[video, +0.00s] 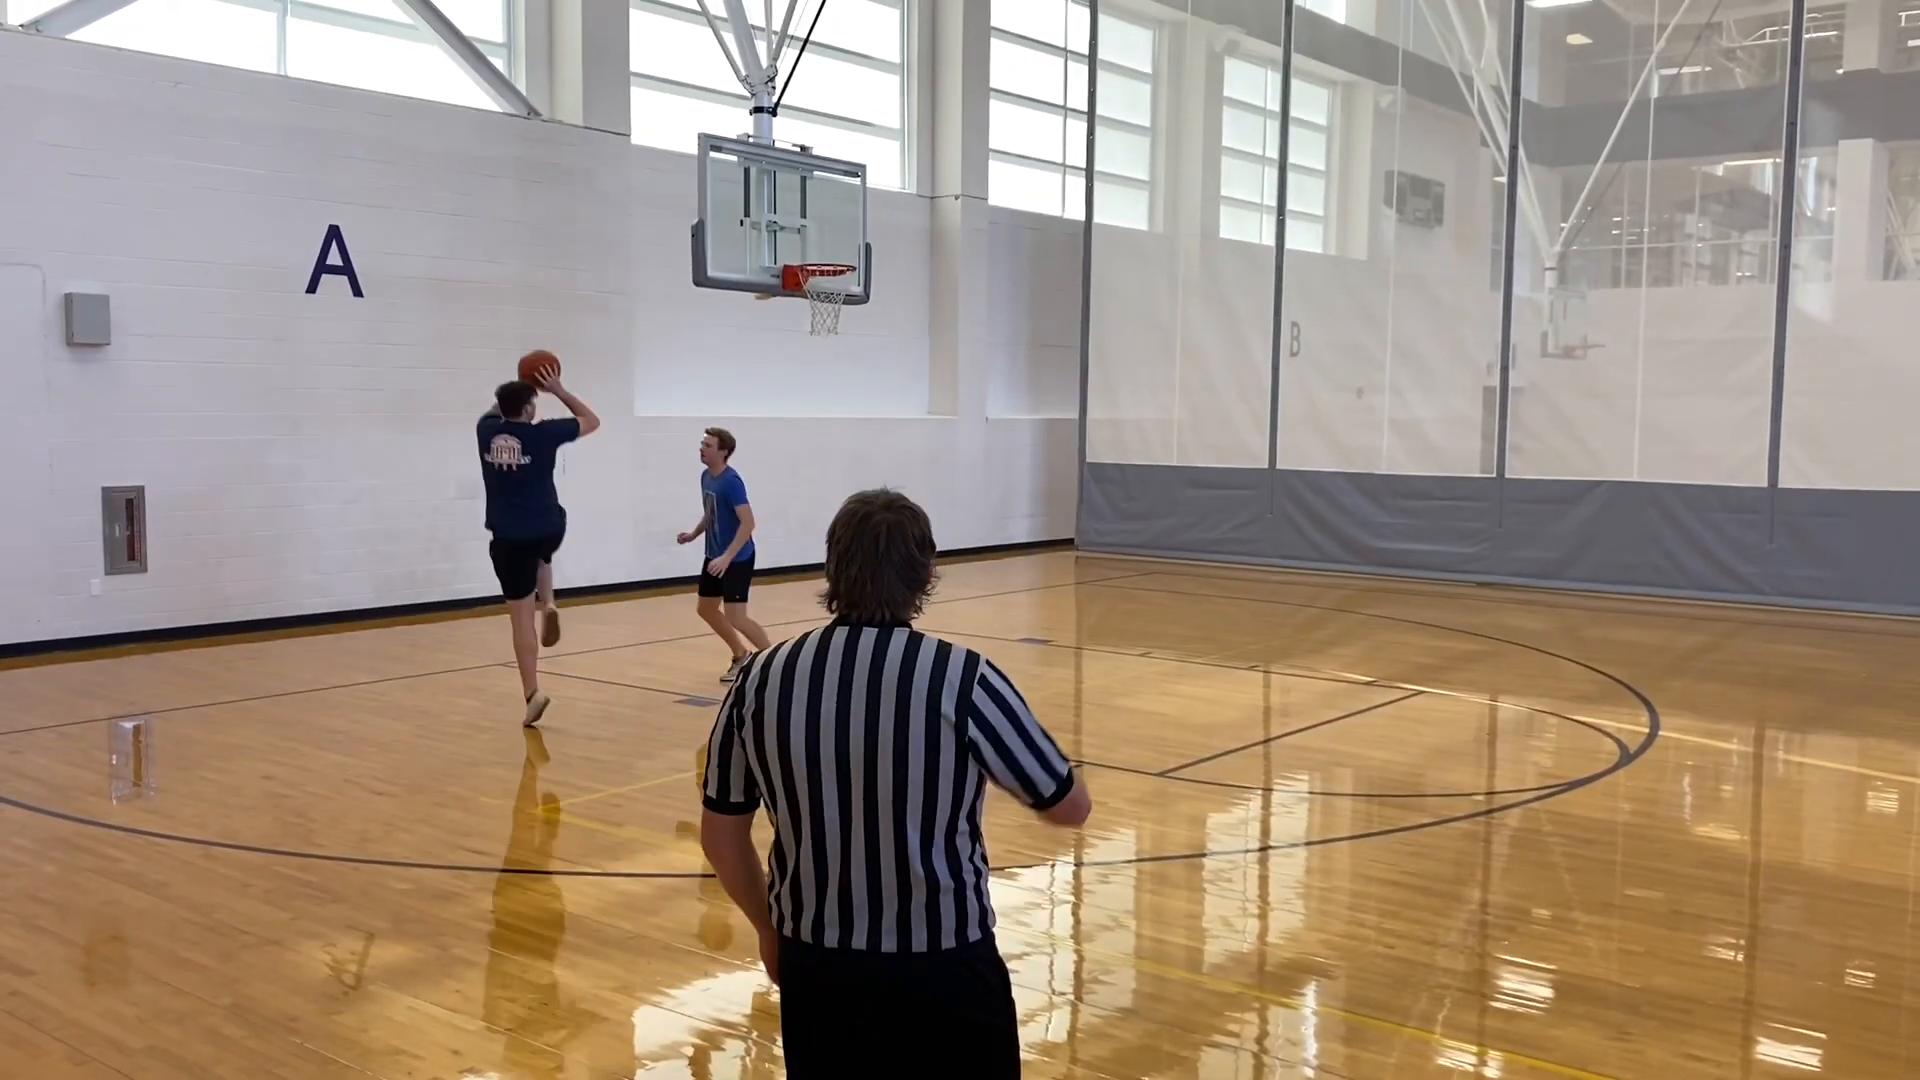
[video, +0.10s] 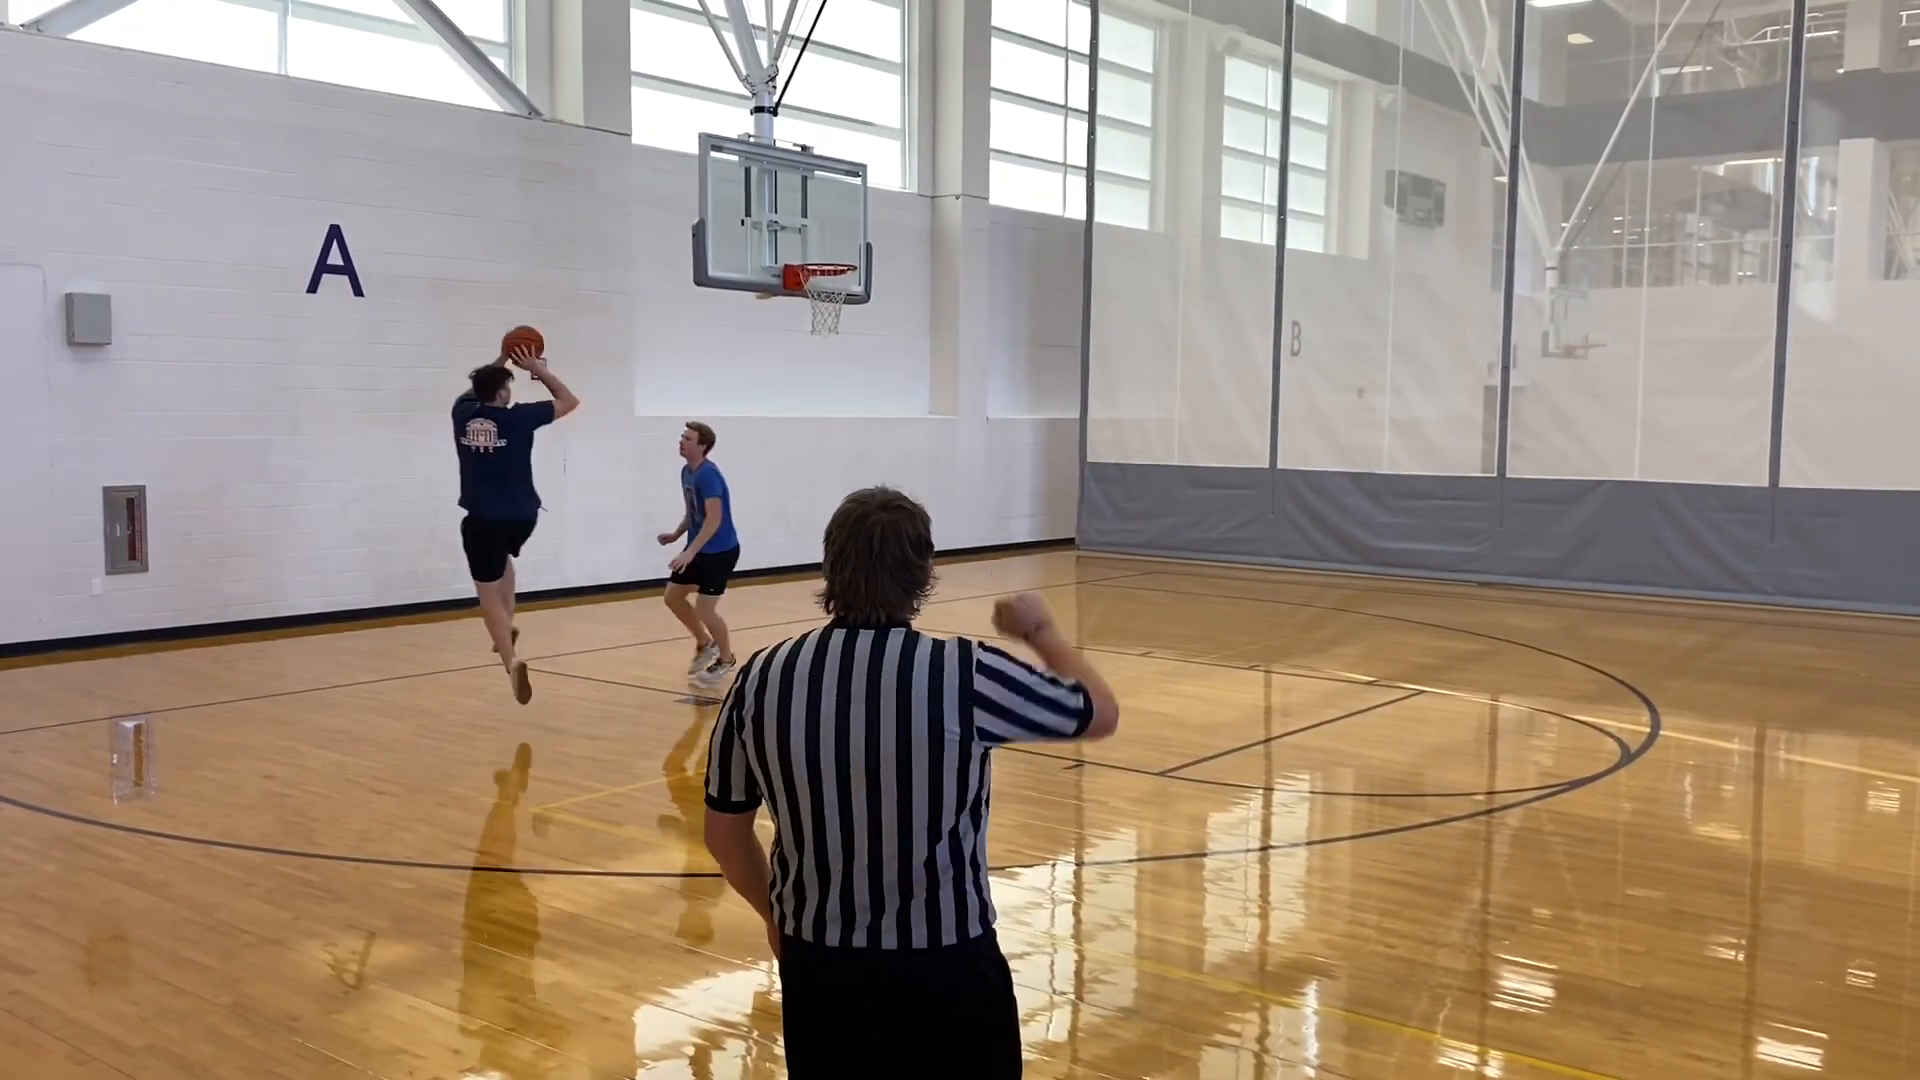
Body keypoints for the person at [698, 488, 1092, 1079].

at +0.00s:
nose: (930, 571)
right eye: (928, 560)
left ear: (832, 569)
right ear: (923, 574)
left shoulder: (760, 679)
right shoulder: (963, 677)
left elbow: (721, 833)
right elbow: (1070, 807)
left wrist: (767, 924)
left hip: (817, 980)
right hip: (949, 978)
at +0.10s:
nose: (931, 571)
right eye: (928, 559)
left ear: (832, 569)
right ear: (922, 572)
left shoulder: (762, 678)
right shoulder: (964, 671)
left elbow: (725, 832)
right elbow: (1101, 712)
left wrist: (775, 912)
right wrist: (1044, 632)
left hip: (820, 975)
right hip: (950, 972)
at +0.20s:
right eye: (925, 557)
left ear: (830, 565)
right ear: (923, 570)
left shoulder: (766, 676)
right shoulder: (962, 661)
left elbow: (728, 827)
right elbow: (1094, 605)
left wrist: (790, 904)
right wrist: (1044, 509)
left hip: (822, 970)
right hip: (952, 965)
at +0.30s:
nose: (927, 566)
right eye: (926, 555)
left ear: (834, 570)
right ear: (925, 570)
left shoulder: (767, 678)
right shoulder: (960, 653)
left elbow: (733, 825)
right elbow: (1073, 545)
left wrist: (791, 894)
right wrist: (1042, 424)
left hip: (827, 971)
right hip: (958, 969)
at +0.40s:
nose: (931, 568)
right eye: (931, 556)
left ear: (839, 569)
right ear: (931, 568)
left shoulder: (774, 675)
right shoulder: (960, 648)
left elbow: (738, 819)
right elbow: (1059, 523)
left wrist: (799, 887)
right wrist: (1036, 391)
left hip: (834, 973)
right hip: (965, 969)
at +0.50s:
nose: (936, 566)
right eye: (936, 553)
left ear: (846, 568)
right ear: (937, 568)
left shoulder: (779, 675)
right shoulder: (962, 650)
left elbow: (746, 818)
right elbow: (1057, 516)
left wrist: (807, 885)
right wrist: (1035, 383)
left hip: (839, 971)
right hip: (970, 966)